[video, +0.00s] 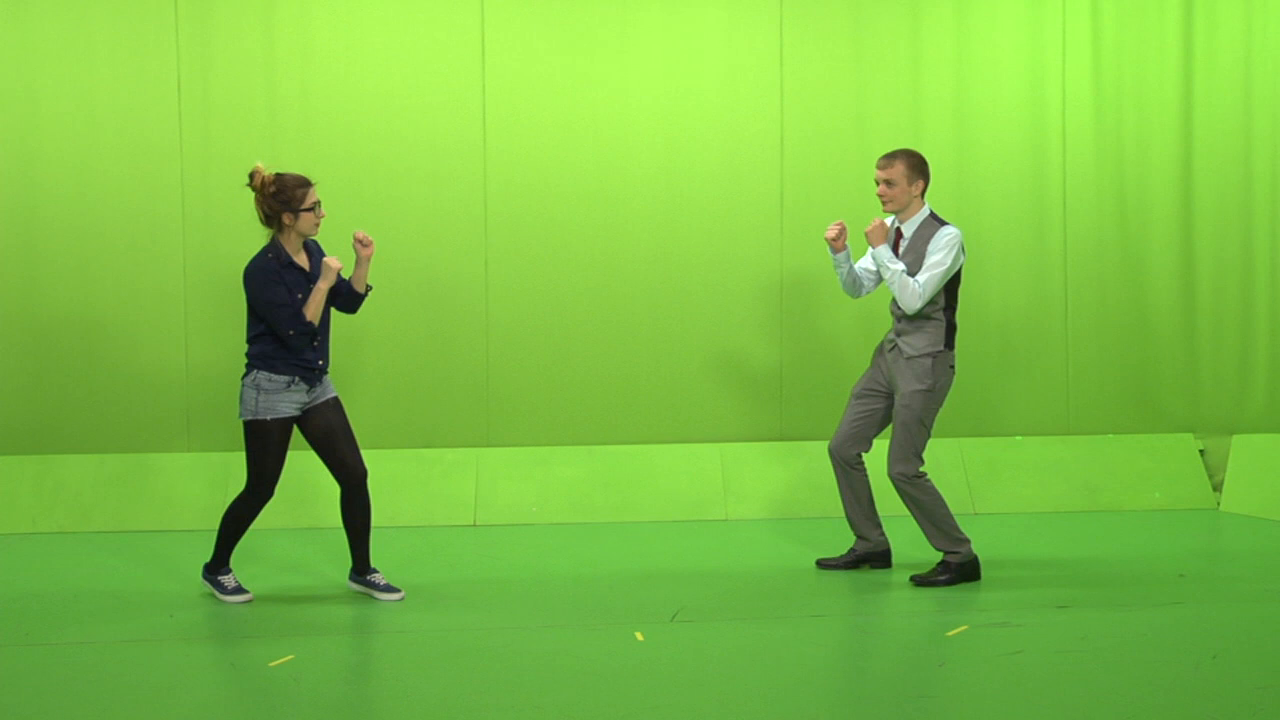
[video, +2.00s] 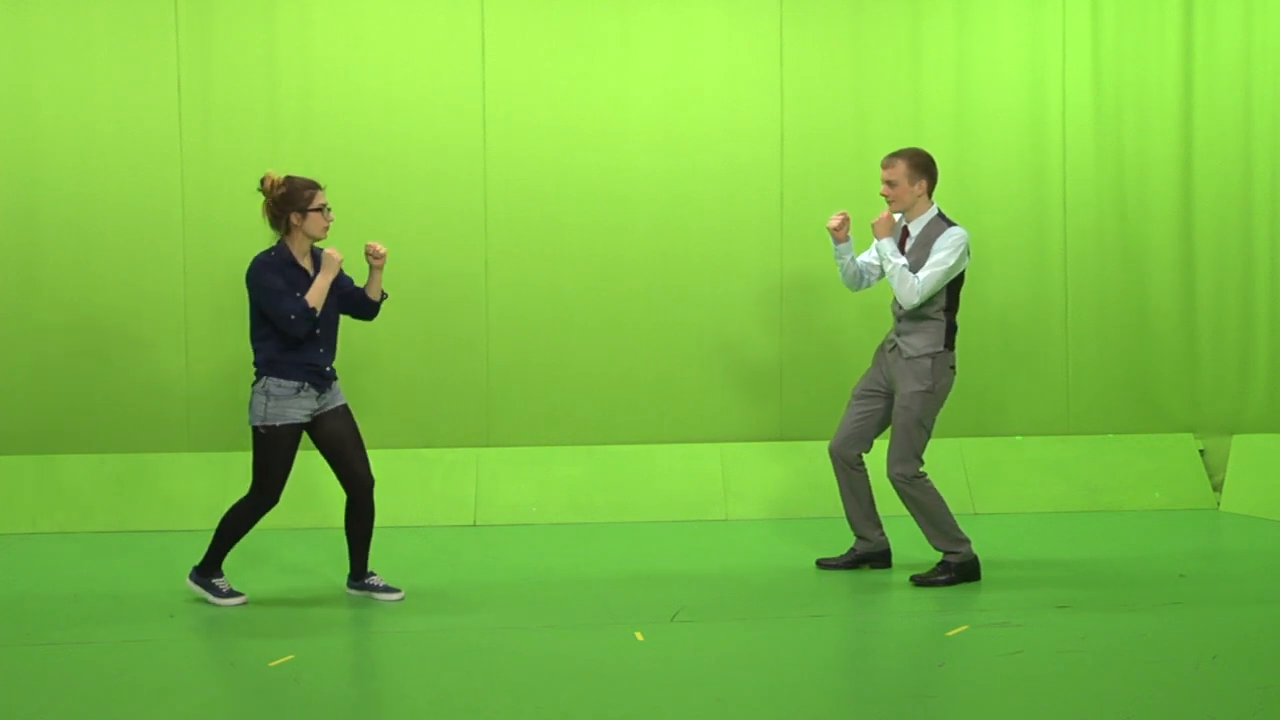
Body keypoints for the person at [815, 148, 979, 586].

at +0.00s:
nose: (881, 192)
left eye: (889, 184)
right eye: (878, 184)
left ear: (918, 187)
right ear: (881, 186)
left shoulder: (947, 238)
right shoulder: (888, 232)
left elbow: (913, 299)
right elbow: (856, 287)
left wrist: (883, 250)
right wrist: (840, 253)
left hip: (926, 362)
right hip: (890, 355)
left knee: (903, 467)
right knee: (844, 448)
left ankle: (961, 557)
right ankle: (871, 546)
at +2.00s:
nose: (885, 193)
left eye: (891, 185)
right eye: (883, 185)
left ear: (922, 187)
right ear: (900, 190)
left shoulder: (953, 238)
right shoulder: (897, 231)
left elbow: (911, 294)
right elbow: (856, 279)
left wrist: (885, 243)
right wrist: (842, 243)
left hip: (927, 363)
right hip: (891, 356)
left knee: (903, 468)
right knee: (844, 449)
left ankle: (961, 557)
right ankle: (871, 546)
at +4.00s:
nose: (749, 193)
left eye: (756, 186)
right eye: (749, 186)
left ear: (785, 189)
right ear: (772, 191)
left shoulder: (820, 239)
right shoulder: (765, 237)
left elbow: (780, 292)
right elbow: (736, 289)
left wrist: (750, 244)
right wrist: (717, 254)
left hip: (816, 368)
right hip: (775, 363)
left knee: (814, 475)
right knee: (722, 448)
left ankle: (868, 558)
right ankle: (712, 556)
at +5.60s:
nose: (714, 208)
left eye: (720, 199)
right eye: (712, 200)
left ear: (749, 197)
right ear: (740, 200)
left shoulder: (793, 243)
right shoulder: (734, 244)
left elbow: (767, 311)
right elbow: (714, 300)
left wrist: (725, 268)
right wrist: (701, 268)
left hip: (799, 368)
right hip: (754, 366)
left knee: (824, 473)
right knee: (696, 446)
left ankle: (874, 555)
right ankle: (695, 559)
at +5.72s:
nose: (687, 207)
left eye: (691, 198)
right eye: (683, 200)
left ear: (719, 194)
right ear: (713, 198)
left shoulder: (756, 239)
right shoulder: (710, 240)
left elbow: (720, 298)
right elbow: (686, 291)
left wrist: (685, 256)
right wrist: (675, 254)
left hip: (765, 372)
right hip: (727, 370)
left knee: (795, 475)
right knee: (664, 450)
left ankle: (878, 542)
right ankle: (668, 561)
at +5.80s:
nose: (666, 213)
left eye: (670, 203)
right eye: (664, 205)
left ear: (698, 199)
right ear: (697, 202)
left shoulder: (732, 245)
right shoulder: (698, 243)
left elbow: (705, 300)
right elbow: (671, 297)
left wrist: (667, 262)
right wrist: (660, 262)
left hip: (731, 378)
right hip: (700, 376)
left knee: (752, 488)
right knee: (641, 455)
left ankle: (863, 529)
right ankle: (664, 563)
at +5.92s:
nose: (641, 221)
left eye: (644, 212)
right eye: (637, 213)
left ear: (672, 208)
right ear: (669, 210)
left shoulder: (704, 249)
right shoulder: (676, 252)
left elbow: (719, 311)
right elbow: (658, 312)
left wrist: (658, 291)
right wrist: (639, 274)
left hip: (698, 383)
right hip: (676, 379)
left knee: (628, 470)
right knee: (617, 465)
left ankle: (714, 554)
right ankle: (661, 562)